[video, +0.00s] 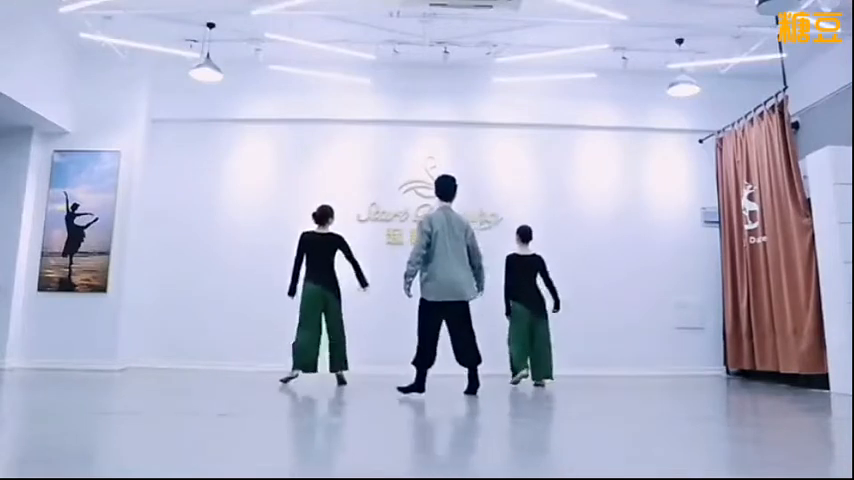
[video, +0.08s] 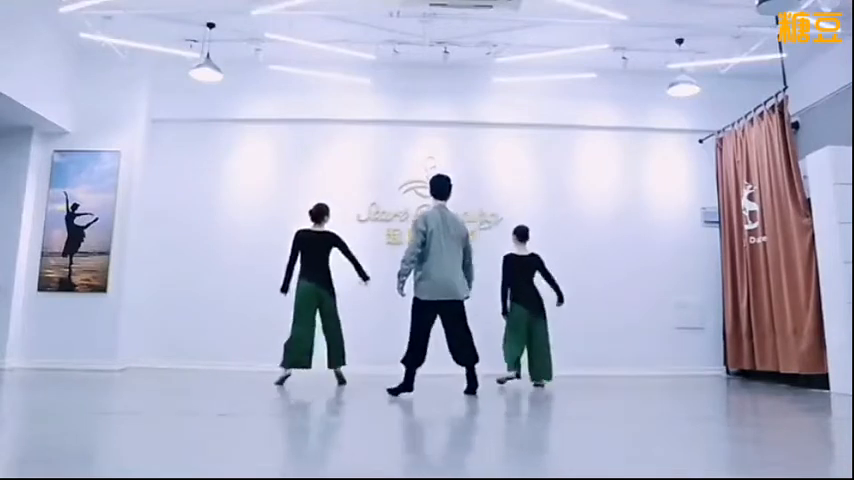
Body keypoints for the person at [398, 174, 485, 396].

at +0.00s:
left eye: (438, 189)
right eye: (450, 189)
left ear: (435, 192)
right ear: (454, 193)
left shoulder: (428, 221)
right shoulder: (463, 223)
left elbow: (419, 252)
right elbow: (475, 256)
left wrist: (408, 276)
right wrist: (479, 282)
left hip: (433, 289)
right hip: (459, 289)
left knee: (426, 337)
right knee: (465, 336)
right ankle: (473, 379)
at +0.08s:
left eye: (432, 189)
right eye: (443, 189)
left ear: (430, 192)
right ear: (450, 192)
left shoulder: (423, 219)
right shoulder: (459, 223)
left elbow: (414, 251)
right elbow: (467, 258)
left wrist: (402, 275)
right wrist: (467, 284)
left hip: (427, 289)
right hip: (453, 289)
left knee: (418, 336)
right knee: (461, 335)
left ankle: (408, 381)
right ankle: (472, 380)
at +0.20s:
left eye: (419, 192)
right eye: (430, 192)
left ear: (417, 194)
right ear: (437, 195)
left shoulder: (408, 220)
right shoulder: (444, 226)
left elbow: (397, 251)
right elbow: (444, 260)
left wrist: (383, 274)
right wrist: (439, 282)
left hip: (410, 291)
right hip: (436, 291)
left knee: (402, 338)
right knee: (444, 331)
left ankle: (404, 385)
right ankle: (451, 374)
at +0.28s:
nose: (414, 196)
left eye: (414, 193)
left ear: (413, 196)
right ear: (432, 198)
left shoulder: (404, 223)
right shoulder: (438, 229)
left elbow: (389, 252)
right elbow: (436, 259)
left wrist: (374, 277)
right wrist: (421, 274)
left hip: (403, 293)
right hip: (429, 293)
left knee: (398, 338)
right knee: (433, 331)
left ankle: (403, 385)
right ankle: (436, 374)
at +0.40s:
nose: (403, 201)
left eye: (403, 198)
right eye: (415, 198)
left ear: (402, 199)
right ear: (421, 201)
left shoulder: (395, 225)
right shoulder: (429, 232)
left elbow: (377, 255)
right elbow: (425, 264)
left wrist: (361, 280)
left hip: (394, 296)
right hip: (419, 297)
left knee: (389, 340)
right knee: (407, 339)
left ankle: (401, 385)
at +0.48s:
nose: (400, 203)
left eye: (399, 199)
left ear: (398, 201)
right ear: (418, 203)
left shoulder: (391, 227)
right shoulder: (426, 234)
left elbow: (374, 257)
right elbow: (423, 268)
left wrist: (358, 281)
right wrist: (419, 295)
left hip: (390, 297)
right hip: (414, 299)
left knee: (384, 343)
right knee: (398, 343)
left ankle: (401, 385)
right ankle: (384, 377)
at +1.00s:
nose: (377, 202)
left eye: (375, 198)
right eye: (386, 198)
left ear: (374, 200)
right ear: (394, 201)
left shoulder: (366, 228)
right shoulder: (404, 230)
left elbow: (353, 260)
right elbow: (413, 256)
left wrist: (346, 285)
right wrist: (396, 270)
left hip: (367, 295)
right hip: (392, 296)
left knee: (365, 341)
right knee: (376, 342)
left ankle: (389, 373)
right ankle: (358, 380)